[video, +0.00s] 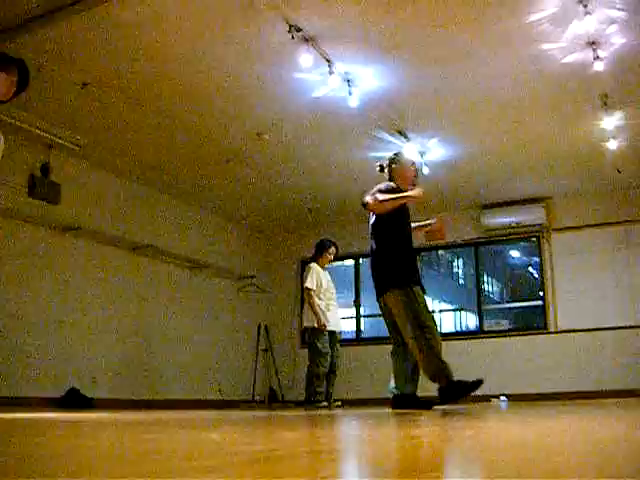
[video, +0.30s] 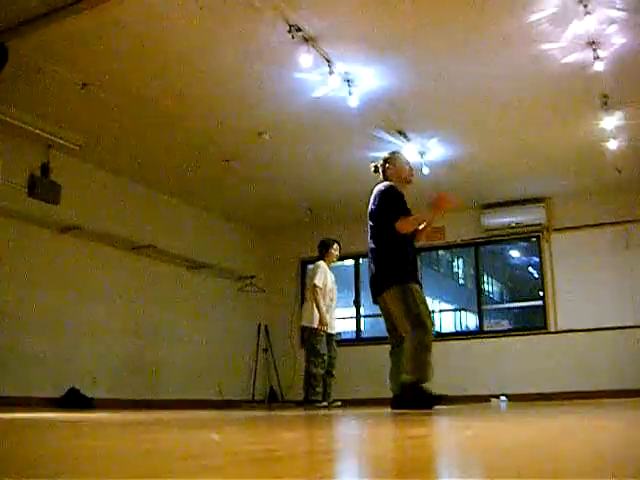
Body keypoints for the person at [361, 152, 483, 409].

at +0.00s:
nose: (415, 171)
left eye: (415, 166)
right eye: (411, 166)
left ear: (400, 169)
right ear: (397, 168)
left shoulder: (396, 196)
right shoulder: (388, 188)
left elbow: (397, 232)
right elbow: (371, 203)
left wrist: (426, 228)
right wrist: (409, 196)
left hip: (389, 278)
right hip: (397, 276)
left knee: (404, 339)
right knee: (422, 330)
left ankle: (404, 394)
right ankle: (446, 384)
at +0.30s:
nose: (411, 170)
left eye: (410, 165)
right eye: (406, 165)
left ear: (390, 169)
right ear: (391, 167)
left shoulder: (382, 195)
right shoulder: (389, 192)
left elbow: (400, 238)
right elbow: (402, 225)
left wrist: (423, 233)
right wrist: (431, 213)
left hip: (383, 279)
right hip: (398, 277)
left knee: (399, 337)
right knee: (420, 328)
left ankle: (401, 391)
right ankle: (415, 386)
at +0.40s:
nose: (410, 169)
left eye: (409, 165)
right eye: (405, 164)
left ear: (392, 168)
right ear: (389, 167)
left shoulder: (396, 198)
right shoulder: (384, 192)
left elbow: (411, 239)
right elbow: (392, 224)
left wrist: (423, 218)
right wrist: (417, 215)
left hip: (404, 272)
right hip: (395, 273)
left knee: (409, 332)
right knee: (406, 330)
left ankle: (406, 390)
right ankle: (386, 383)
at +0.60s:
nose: (404, 161)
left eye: (403, 157)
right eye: (398, 157)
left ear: (395, 163)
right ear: (383, 162)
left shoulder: (399, 203)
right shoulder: (372, 187)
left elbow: (423, 231)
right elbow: (367, 207)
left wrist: (432, 199)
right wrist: (398, 185)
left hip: (407, 276)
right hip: (384, 274)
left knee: (413, 337)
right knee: (378, 334)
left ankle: (407, 392)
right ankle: (362, 391)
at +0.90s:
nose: (389, 161)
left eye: (390, 156)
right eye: (382, 156)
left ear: (393, 164)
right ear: (369, 163)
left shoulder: (401, 197)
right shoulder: (357, 196)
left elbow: (409, 239)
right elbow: (366, 235)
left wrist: (407, 209)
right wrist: (399, 216)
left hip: (397, 276)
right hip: (367, 276)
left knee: (402, 343)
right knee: (366, 334)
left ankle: (369, 372)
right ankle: (363, 391)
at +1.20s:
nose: (403, 159)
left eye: (402, 153)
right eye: (397, 154)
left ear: (399, 158)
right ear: (382, 160)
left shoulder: (410, 192)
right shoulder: (371, 187)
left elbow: (429, 223)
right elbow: (379, 213)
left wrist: (438, 202)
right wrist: (402, 184)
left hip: (405, 267)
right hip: (376, 267)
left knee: (428, 318)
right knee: (373, 328)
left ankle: (391, 340)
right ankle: (362, 389)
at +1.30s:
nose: (413, 155)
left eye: (411, 150)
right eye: (408, 150)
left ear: (399, 155)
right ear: (394, 155)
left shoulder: (404, 188)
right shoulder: (385, 184)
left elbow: (425, 224)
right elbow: (413, 215)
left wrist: (439, 194)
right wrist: (424, 181)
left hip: (406, 269)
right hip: (382, 269)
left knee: (432, 320)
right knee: (377, 330)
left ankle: (412, 365)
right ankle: (363, 389)